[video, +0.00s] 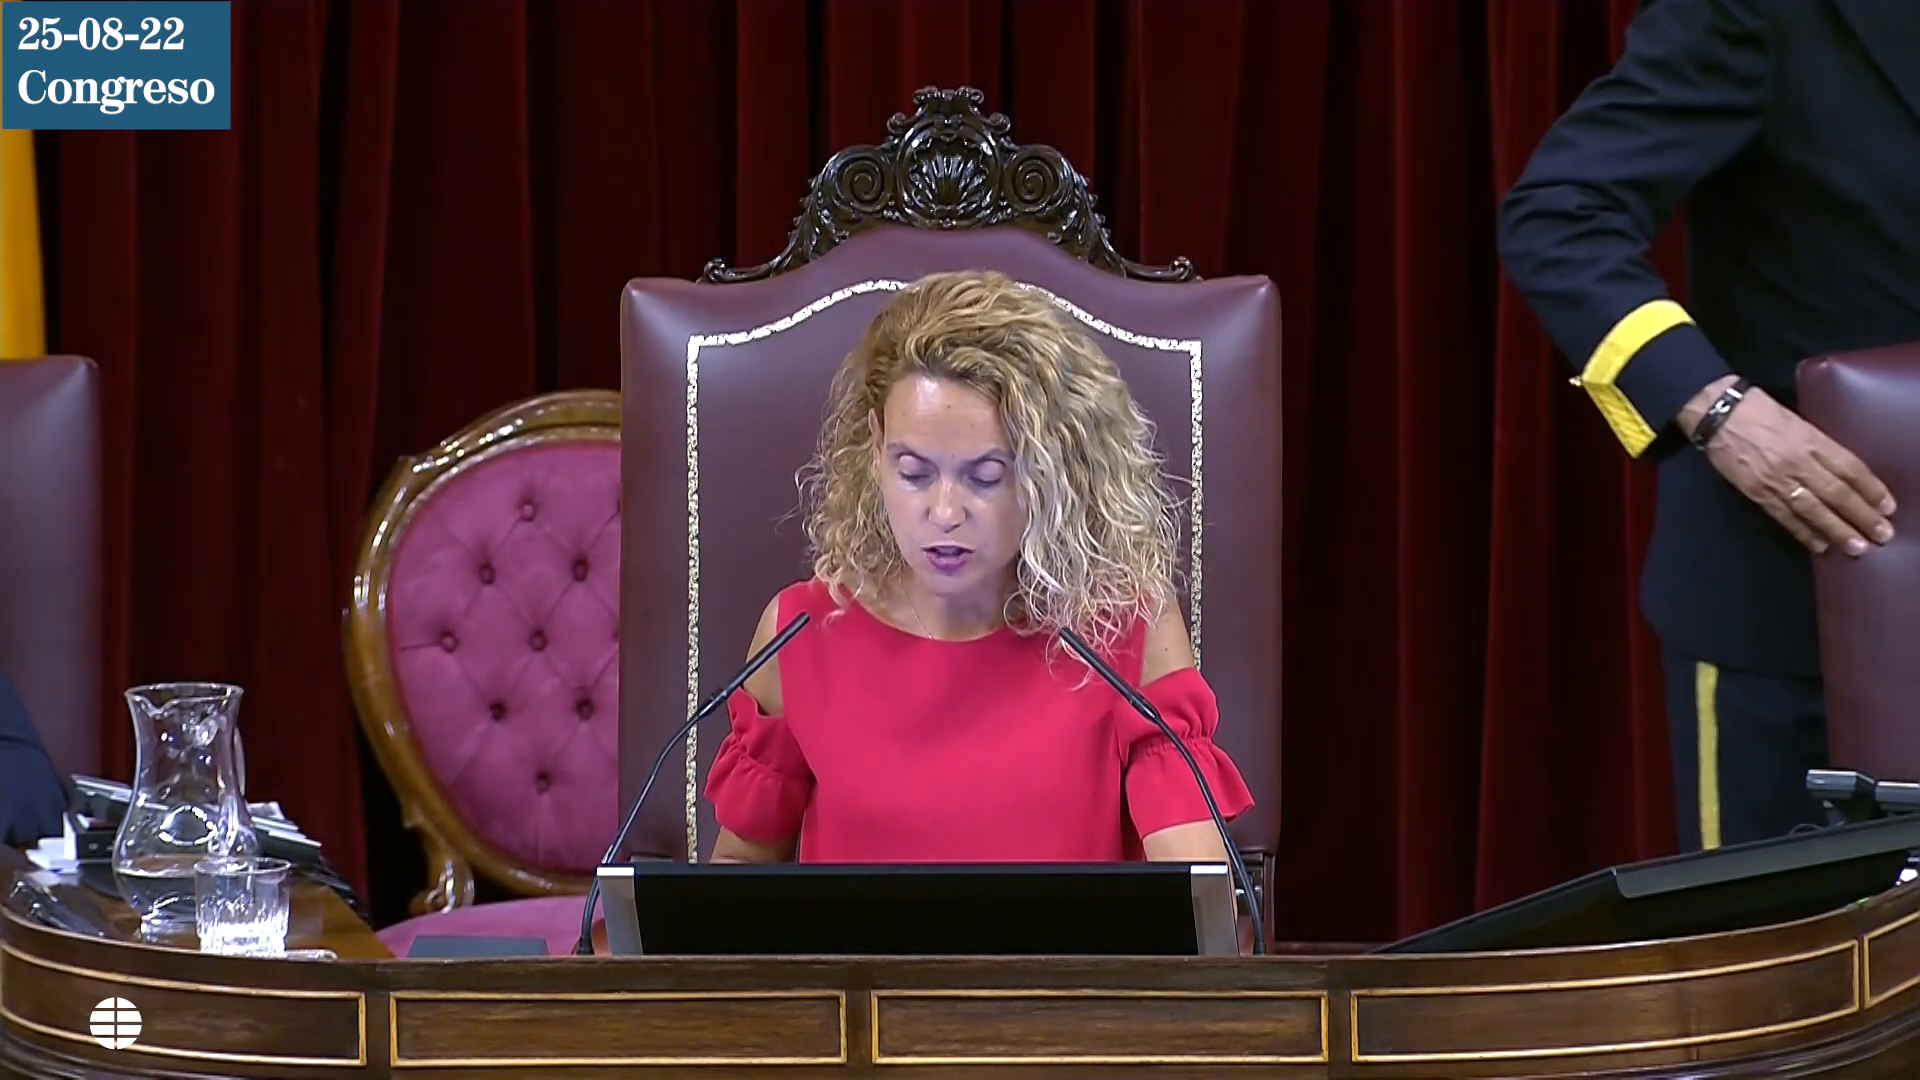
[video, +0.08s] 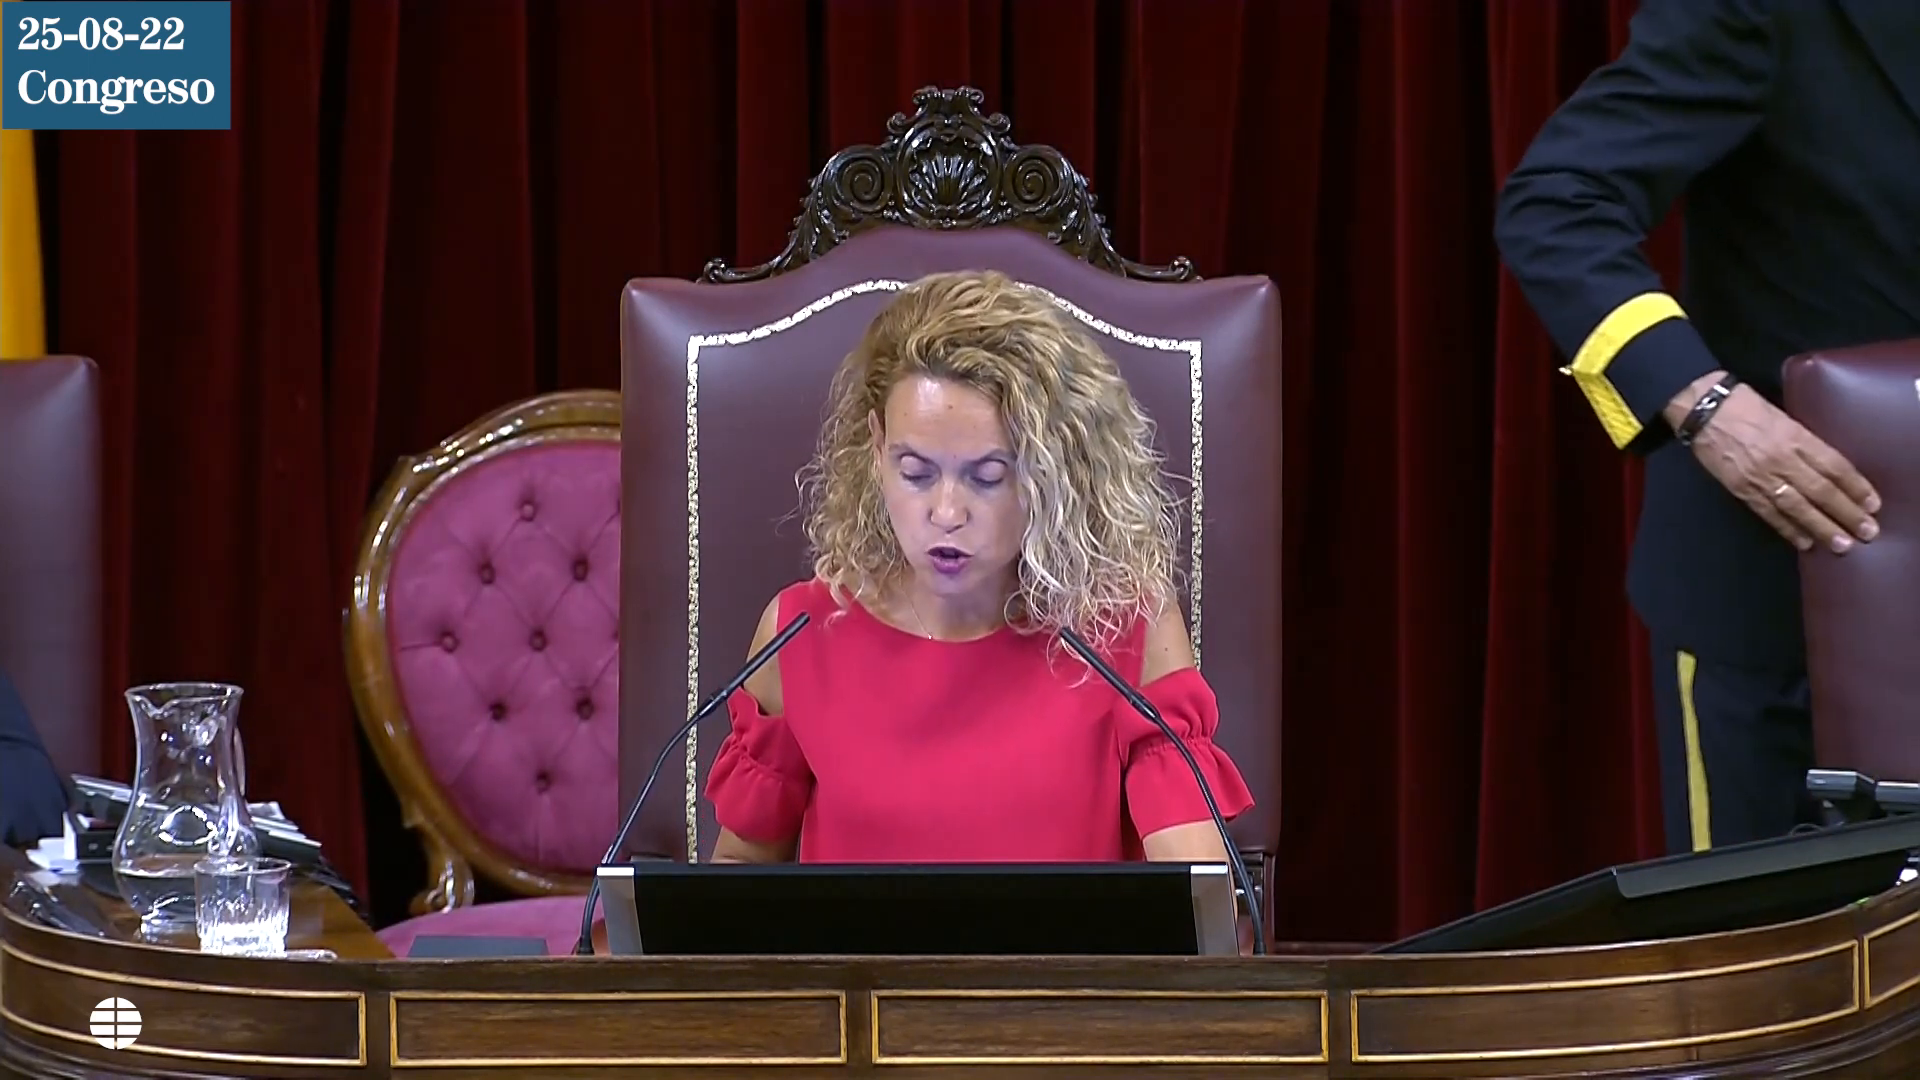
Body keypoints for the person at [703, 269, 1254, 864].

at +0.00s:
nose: (946, 512)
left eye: (985, 474)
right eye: (915, 471)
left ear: (1052, 477)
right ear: (874, 464)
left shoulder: (1124, 621)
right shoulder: (803, 629)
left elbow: (1200, 891)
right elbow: (740, 876)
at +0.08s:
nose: (947, 513)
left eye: (987, 474)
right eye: (917, 471)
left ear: (1054, 474)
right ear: (874, 460)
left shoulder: (1125, 621)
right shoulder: (803, 629)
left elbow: (1199, 891)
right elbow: (740, 877)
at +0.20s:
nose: (956, 513)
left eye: (994, 474)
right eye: (924, 473)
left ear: (1056, 470)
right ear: (877, 456)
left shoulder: (1126, 621)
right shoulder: (804, 630)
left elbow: (1200, 893)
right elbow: (739, 882)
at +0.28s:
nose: (962, 514)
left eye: (999, 474)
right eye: (928, 474)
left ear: (1059, 467)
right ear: (878, 458)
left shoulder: (1127, 620)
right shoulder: (803, 630)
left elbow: (1200, 893)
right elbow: (740, 882)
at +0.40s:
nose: (964, 513)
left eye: (1001, 474)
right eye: (931, 474)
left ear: (1058, 466)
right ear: (879, 458)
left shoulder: (1126, 618)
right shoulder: (803, 630)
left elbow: (1200, 891)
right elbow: (740, 883)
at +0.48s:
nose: (964, 512)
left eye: (1000, 474)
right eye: (930, 473)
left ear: (1058, 465)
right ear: (878, 456)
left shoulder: (1126, 621)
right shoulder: (803, 630)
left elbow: (1200, 892)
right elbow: (742, 877)